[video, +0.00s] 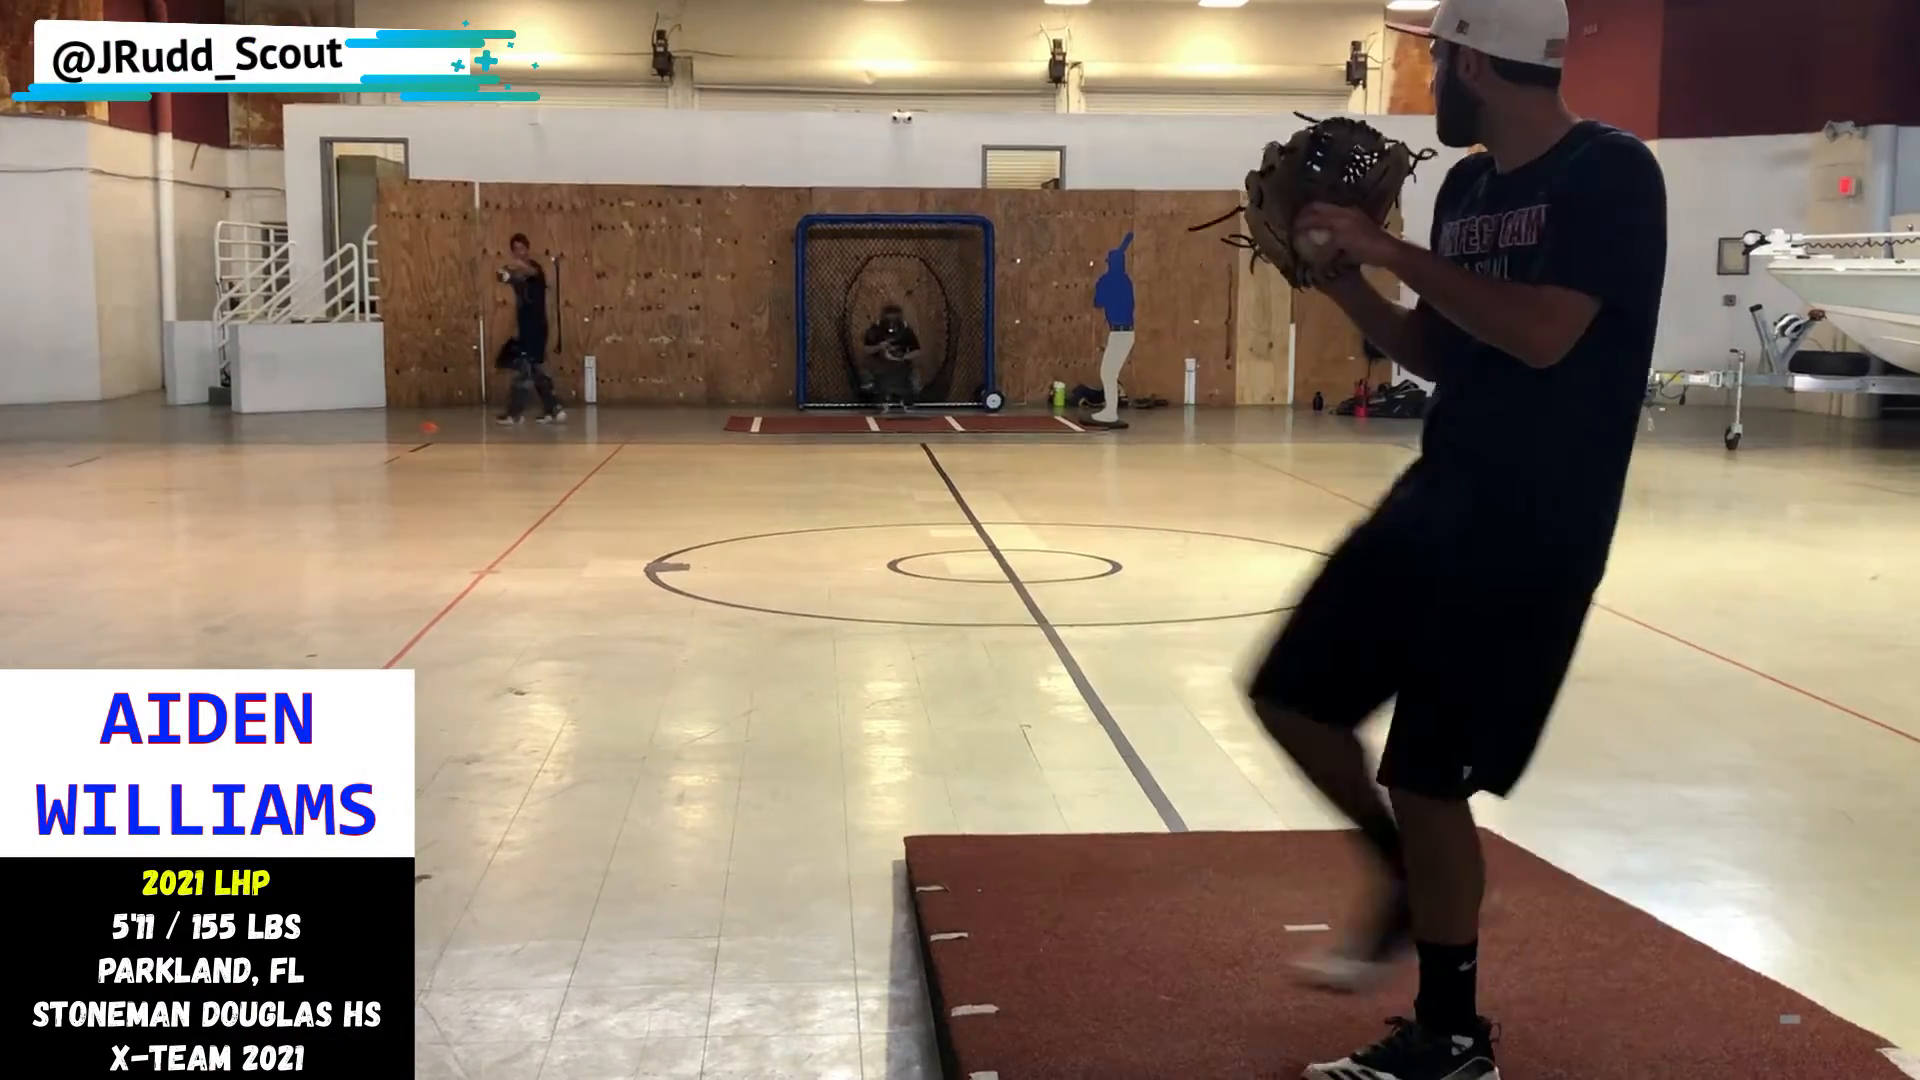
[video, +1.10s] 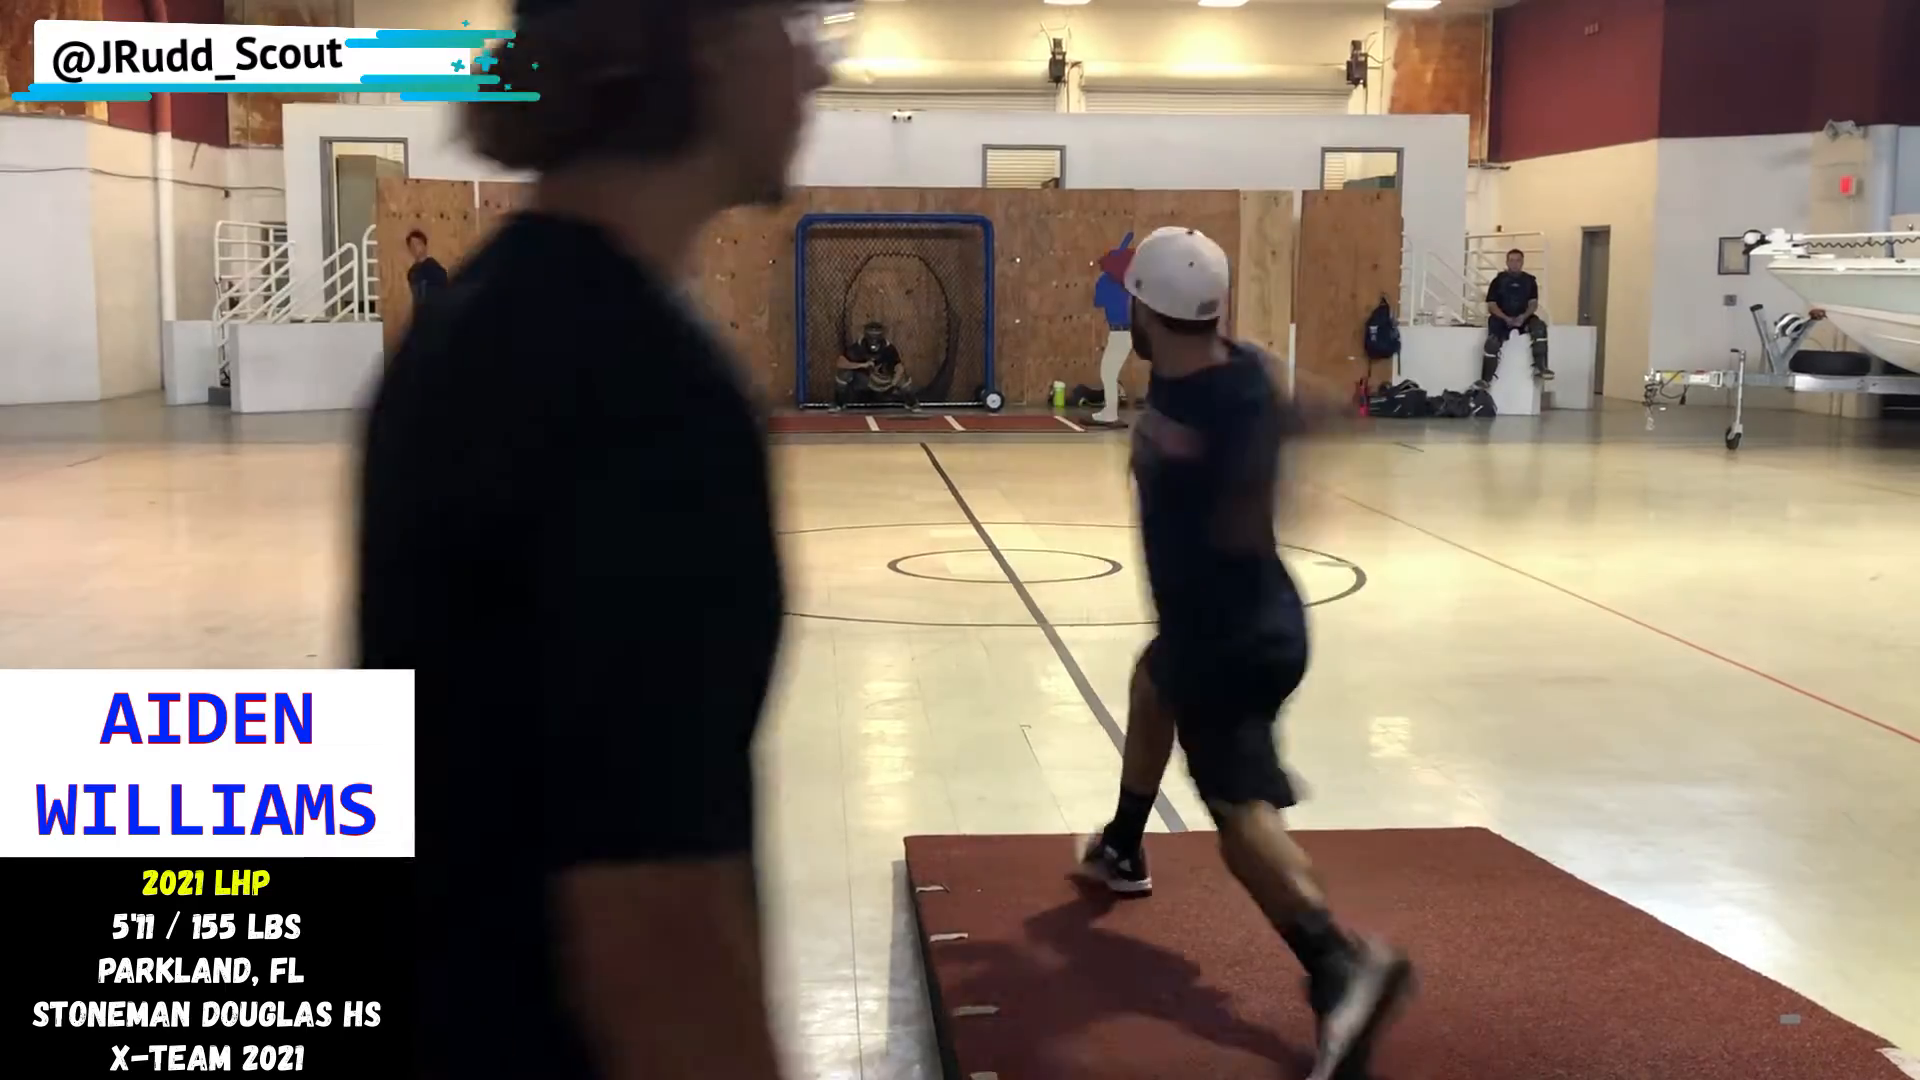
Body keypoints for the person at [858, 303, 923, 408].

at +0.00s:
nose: (891, 322)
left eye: (895, 318)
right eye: (888, 318)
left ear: (900, 318)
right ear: (883, 317)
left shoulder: (906, 331)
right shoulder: (874, 331)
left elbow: (917, 351)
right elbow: (867, 350)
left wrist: (902, 358)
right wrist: (880, 347)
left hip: (901, 373)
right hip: (880, 373)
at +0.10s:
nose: (890, 319)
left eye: (893, 316)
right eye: (886, 316)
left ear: (898, 315)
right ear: (881, 315)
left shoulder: (905, 328)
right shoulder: (872, 327)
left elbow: (916, 349)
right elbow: (863, 346)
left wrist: (901, 355)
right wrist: (878, 343)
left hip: (898, 370)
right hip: (877, 370)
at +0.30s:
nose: (882, 326)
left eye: (885, 323)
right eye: (878, 323)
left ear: (889, 322)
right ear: (873, 321)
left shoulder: (896, 333)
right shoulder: (866, 332)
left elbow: (909, 353)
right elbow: (850, 354)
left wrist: (895, 362)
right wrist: (870, 352)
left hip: (890, 367)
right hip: (868, 369)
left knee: (907, 371)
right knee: (848, 370)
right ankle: (839, 402)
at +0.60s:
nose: (874, 336)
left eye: (877, 332)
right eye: (871, 332)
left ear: (882, 331)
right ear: (865, 331)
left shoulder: (889, 343)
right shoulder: (857, 342)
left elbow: (903, 362)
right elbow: (841, 361)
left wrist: (889, 372)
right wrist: (863, 360)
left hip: (883, 374)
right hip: (861, 375)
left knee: (903, 375)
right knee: (843, 374)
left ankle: (912, 402)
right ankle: (840, 404)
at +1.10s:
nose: (874, 341)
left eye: (877, 337)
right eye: (871, 337)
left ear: (882, 337)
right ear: (866, 336)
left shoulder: (889, 349)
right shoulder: (858, 347)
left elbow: (900, 368)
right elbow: (840, 363)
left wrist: (894, 385)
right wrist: (863, 365)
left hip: (885, 384)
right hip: (862, 383)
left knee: (902, 377)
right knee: (844, 373)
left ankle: (912, 403)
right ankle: (839, 403)